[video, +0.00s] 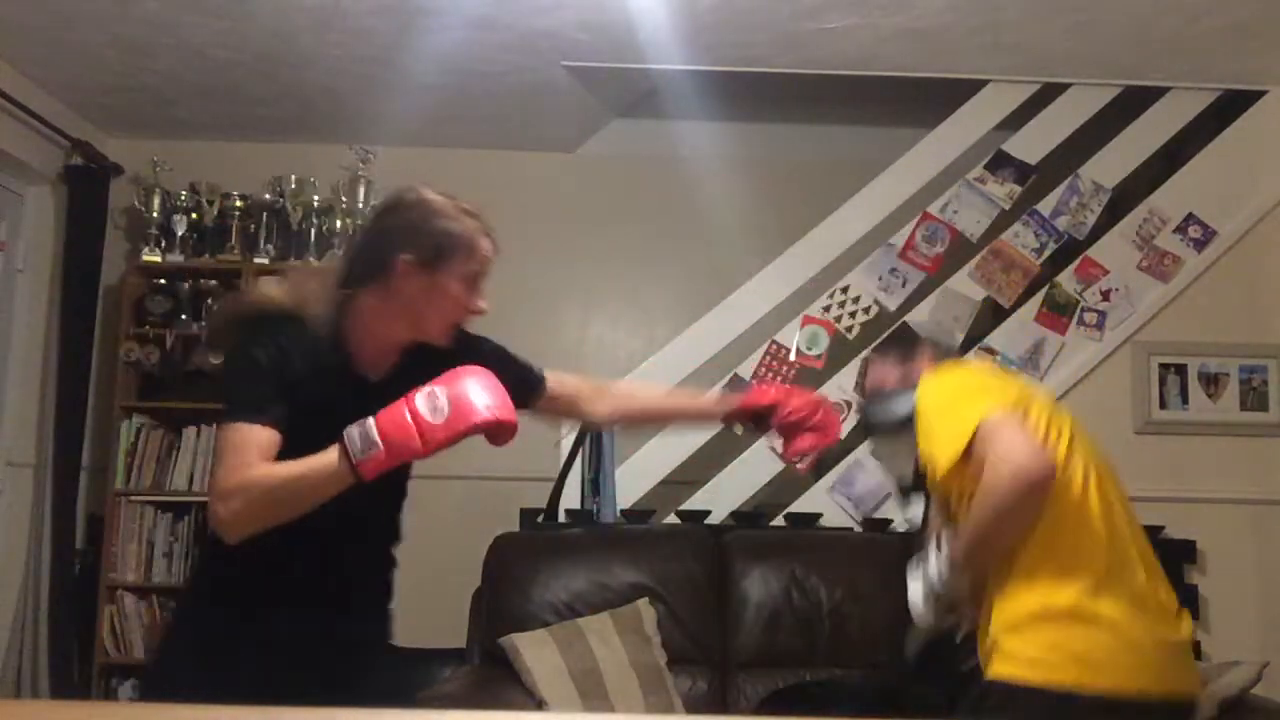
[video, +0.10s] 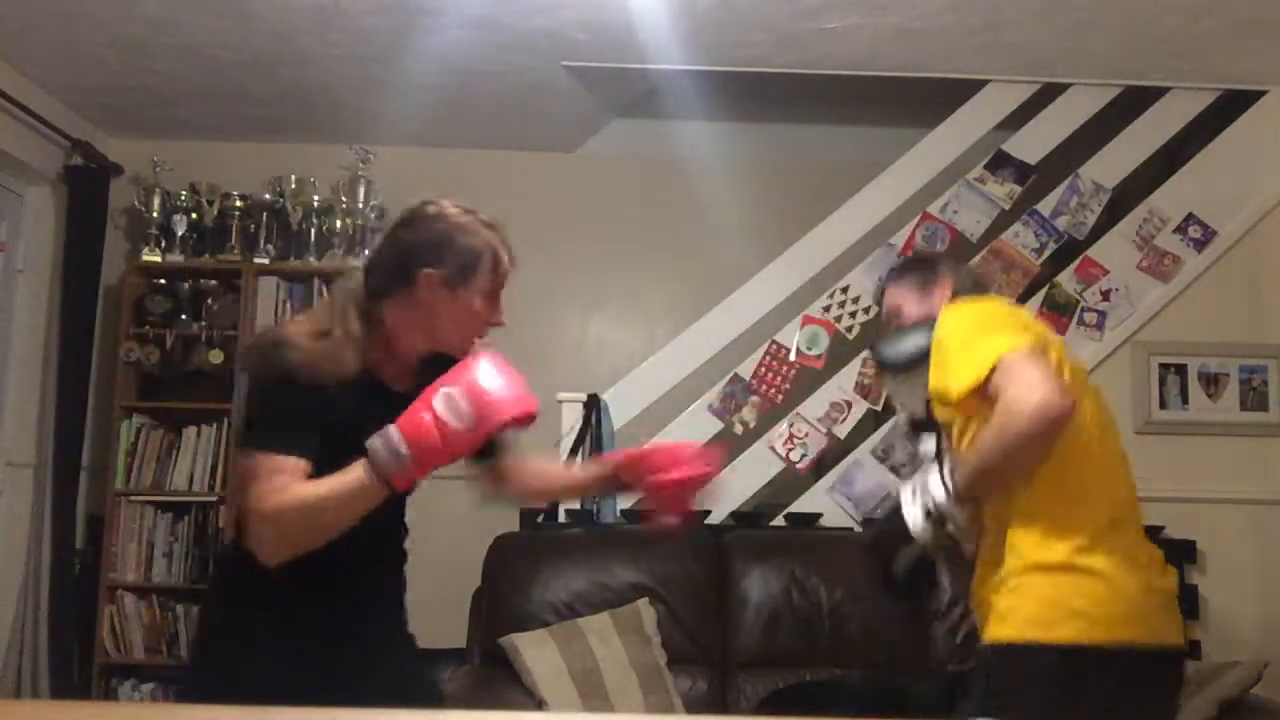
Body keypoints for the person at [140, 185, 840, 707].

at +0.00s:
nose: (475, 306)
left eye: (479, 289)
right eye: (466, 287)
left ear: (415, 280)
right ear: (404, 273)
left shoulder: (444, 357)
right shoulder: (277, 349)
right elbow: (231, 510)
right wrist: (387, 438)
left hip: (351, 664)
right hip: (227, 664)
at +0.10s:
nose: (498, 317)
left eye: (500, 298)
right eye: (488, 295)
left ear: (437, 292)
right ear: (428, 287)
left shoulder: (443, 372)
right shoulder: (296, 365)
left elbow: (510, 476)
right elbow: (269, 532)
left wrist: (618, 472)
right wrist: (404, 451)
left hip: (370, 643)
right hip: (263, 652)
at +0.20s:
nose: (474, 309)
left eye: (476, 290)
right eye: (466, 287)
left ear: (413, 283)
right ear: (410, 280)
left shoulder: (397, 362)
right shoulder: (293, 363)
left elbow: (396, 487)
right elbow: (303, 532)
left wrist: (500, 489)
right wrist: (413, 434)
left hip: (362, 646)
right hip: (270, 659)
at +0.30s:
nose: (425, 303)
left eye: (428, 285)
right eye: (418, 283)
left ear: (362, 282)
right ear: (358, 278)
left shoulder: (353, 357)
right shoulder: (254, 361)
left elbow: (352, 482)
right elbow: (298, 521)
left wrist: (453, 463)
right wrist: (406, 400)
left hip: (323, 644)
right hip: (236, 659)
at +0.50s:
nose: (357, 312)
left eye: (358, 291)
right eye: (347, 287)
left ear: (296, 282)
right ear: (293, 278)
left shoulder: (287, 366)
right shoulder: (170, 357)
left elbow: (318, 497)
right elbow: (227, 502)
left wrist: (387, 417)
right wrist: (341, 388)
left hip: (252, 639)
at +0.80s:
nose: (348, 307)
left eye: (354, 292)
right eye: (341, 288)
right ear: (286, 280)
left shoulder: (304, 372)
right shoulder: (170, 366)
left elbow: (315, 497)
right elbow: (207, 506)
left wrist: (387, 444)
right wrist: (306, 380)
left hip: (281, 648)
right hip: (178, 653)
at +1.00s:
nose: (441, 293)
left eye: (441, 274)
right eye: (429, 271)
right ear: (367, 265)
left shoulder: (402, 351)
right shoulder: (262, 350)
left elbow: (521, 404)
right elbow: (233, 487)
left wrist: (592, 358)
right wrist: (337, 376)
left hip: (384, 622)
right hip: (280, 624)